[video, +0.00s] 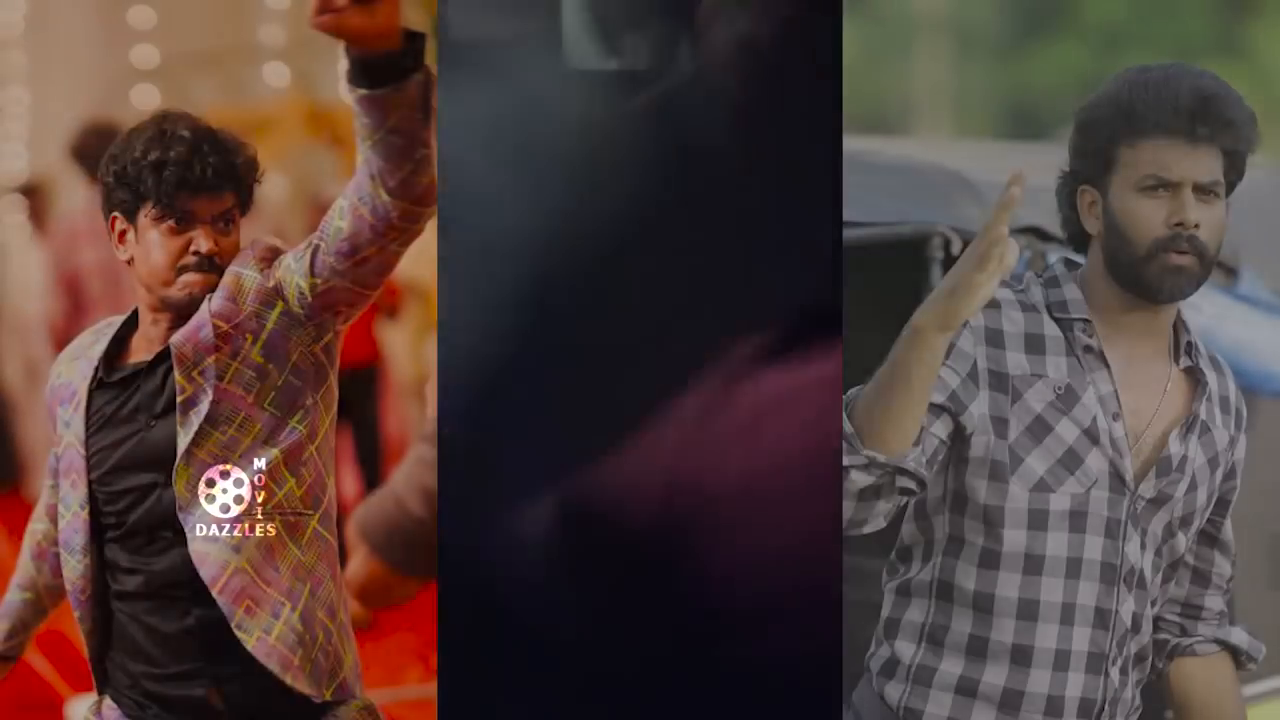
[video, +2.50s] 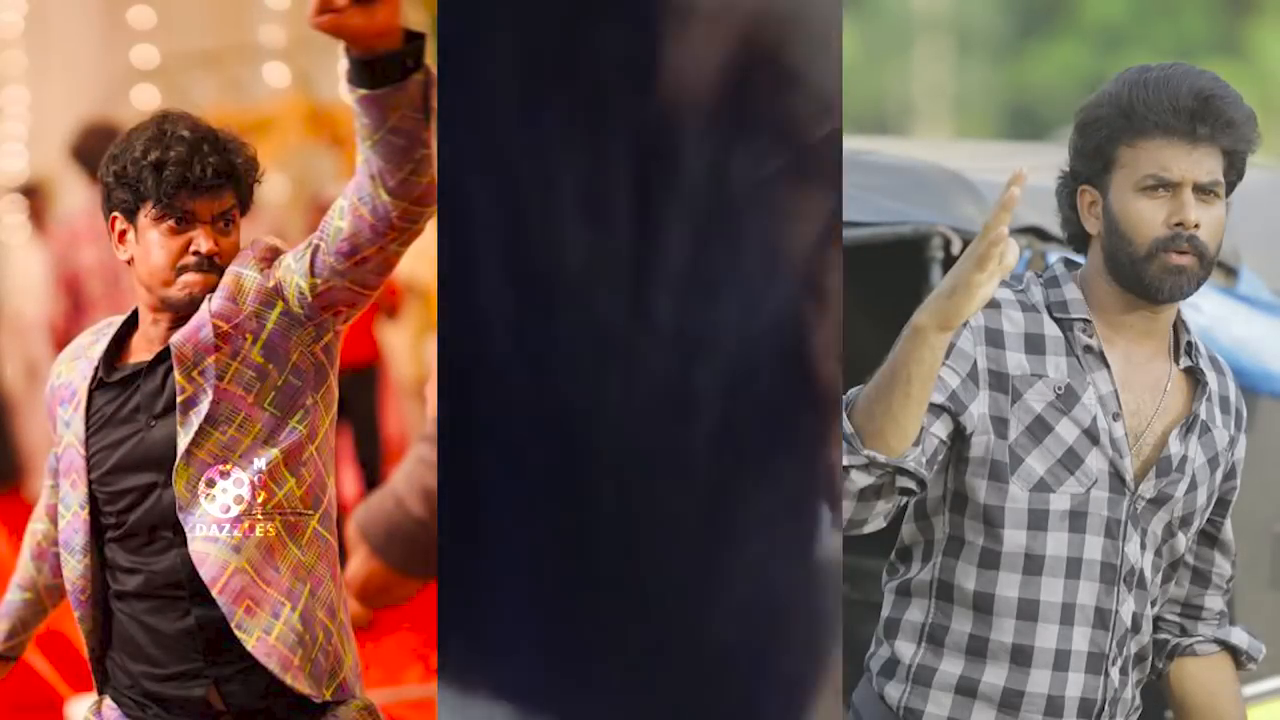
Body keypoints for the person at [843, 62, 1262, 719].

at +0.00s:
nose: (1187, 217)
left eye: (1207, 194)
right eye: (1157, 190)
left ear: (1228, 209)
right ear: (1091, 207)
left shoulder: (1220, 400)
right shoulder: (983, 327)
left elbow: (1192, 617)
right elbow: (853, 507)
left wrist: (1224, 710)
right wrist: (935, 320)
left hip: (1107, 709)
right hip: (936, 702)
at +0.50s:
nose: (1187, 217)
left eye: (1207, 194)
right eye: (1157, 190)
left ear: (1227, 209)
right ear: (1092, 208)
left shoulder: (1219, 398)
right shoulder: (984, 329)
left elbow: (1193, 616)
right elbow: (853, 508)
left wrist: (1224, 711)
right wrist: (932, 326)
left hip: (1106, 709)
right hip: (936, 702)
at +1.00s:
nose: (1187, 217)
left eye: (1207, 194)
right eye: (1157, 190)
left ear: (1227, 209)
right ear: (1092, 208)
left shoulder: (1219, 397)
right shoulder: (985, 328)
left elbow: (1193, 615)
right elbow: (857, 504)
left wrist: (1224, 711)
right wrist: (932, 325)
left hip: (1105, 709)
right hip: (936, 701)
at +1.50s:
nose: (1187, 217)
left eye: (1207, 194)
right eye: (1157, 190)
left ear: (1227, 208)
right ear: (1092, 208)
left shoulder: (1219, 397)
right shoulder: (984, 329)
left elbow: (1193, 617)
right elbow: (854, 506)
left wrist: (1226, 711)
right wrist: (932, 326)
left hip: (1106, 709)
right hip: (936, 702)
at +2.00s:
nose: (1187, 217)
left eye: (1207, 194)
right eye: (1157, 190)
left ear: (1227, 208)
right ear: (1092, 208)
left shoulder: (1219, 398)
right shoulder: (984, 329)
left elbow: (1193, 618)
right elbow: (851, 507)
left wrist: (1226, 711)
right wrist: (932, 327)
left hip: (1106, 709)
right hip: (937, 702)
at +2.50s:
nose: (1187, 217)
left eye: (1207, 194)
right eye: (1157, 190)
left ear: (1227, 208)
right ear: (1092, 208)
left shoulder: (1219, 398)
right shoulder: (984, 329)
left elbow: (1193, 615)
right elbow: (851, 508)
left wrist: (1225, 711)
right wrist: (931, 328)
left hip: (1105, 709)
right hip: (934, 702)